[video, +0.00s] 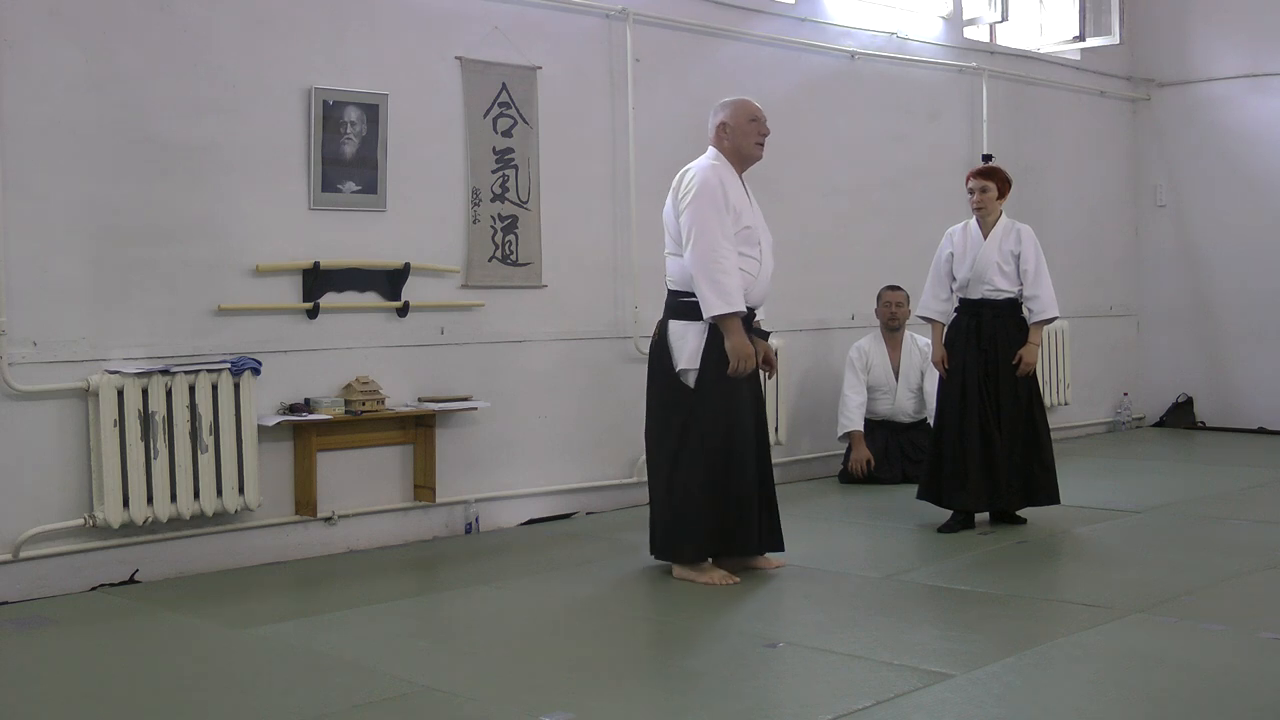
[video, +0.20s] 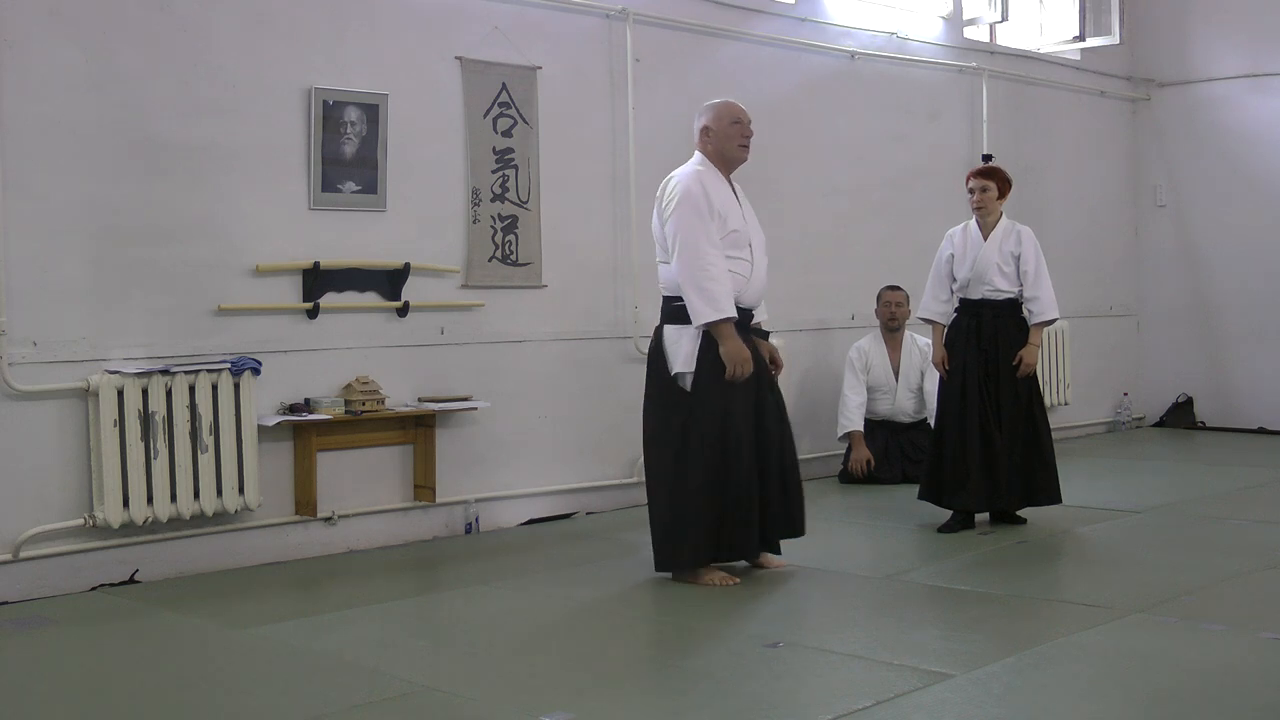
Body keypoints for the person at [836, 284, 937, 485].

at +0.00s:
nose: (893, 311)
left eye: (899, 305)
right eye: (887, 305)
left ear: (909, 313)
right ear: (877, 312)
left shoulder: (925, 348)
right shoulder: (862, 350)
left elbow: (935, 397)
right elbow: (852, 397)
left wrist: (943, 437)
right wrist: (857, 443)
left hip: (916, 431)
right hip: (874, 431)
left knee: (934, 474)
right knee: (855, 472)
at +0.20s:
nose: (893, 310)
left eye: (899, 305)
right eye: (887, 305)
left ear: (909, 313)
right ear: (876, 312)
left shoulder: (926, 348)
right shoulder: (861, 350)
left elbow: (935, 397)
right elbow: (852, 398)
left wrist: (943, 437)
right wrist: (857, 443)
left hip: (916, 431)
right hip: (874, 431)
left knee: (935, 473)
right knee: (855, 472)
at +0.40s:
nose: (892, 310)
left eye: (899, 305)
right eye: (887, 305)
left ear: (909, 313)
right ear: (876, 312)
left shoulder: (926, 348)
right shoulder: (861, 350)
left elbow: (935, 397)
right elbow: (852, 398)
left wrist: (944, 437)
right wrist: (857, 443)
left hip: (916, 431)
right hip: (874, 431)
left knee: (936, 473)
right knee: (855, 472)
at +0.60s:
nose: (892, 310)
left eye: (899, 305)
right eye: (886, 304)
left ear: (909, 313)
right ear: (876, 312)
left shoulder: (926, 348)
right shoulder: (861, 349)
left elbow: (935, 397)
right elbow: (852, 397)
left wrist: (944, 437)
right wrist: (857, 443)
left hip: (916, 431)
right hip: (874, 431)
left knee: (936, 473)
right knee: (855, 472)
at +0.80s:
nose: (892, 310)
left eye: (898, 305)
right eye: (886, 305)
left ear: (908, 313)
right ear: (876, 312)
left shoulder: (925, 348)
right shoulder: (861, 350)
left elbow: (935, 396)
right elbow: (852, 397)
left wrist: (943, 436)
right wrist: (857, 443)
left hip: (915, 430)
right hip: (874, 431)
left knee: (936, 472)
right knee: (854, 472)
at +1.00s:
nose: (892, 310)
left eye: (898, 305)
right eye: (886, 305)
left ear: (908, 313)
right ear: (875, 312)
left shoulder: (925, 348)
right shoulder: (860, 350)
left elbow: (935, 396)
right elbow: (851, 397)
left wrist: (944, 436)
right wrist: (857, 442)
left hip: (916, 430)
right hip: (874, 431)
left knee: (937, 472)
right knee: (855, 472)